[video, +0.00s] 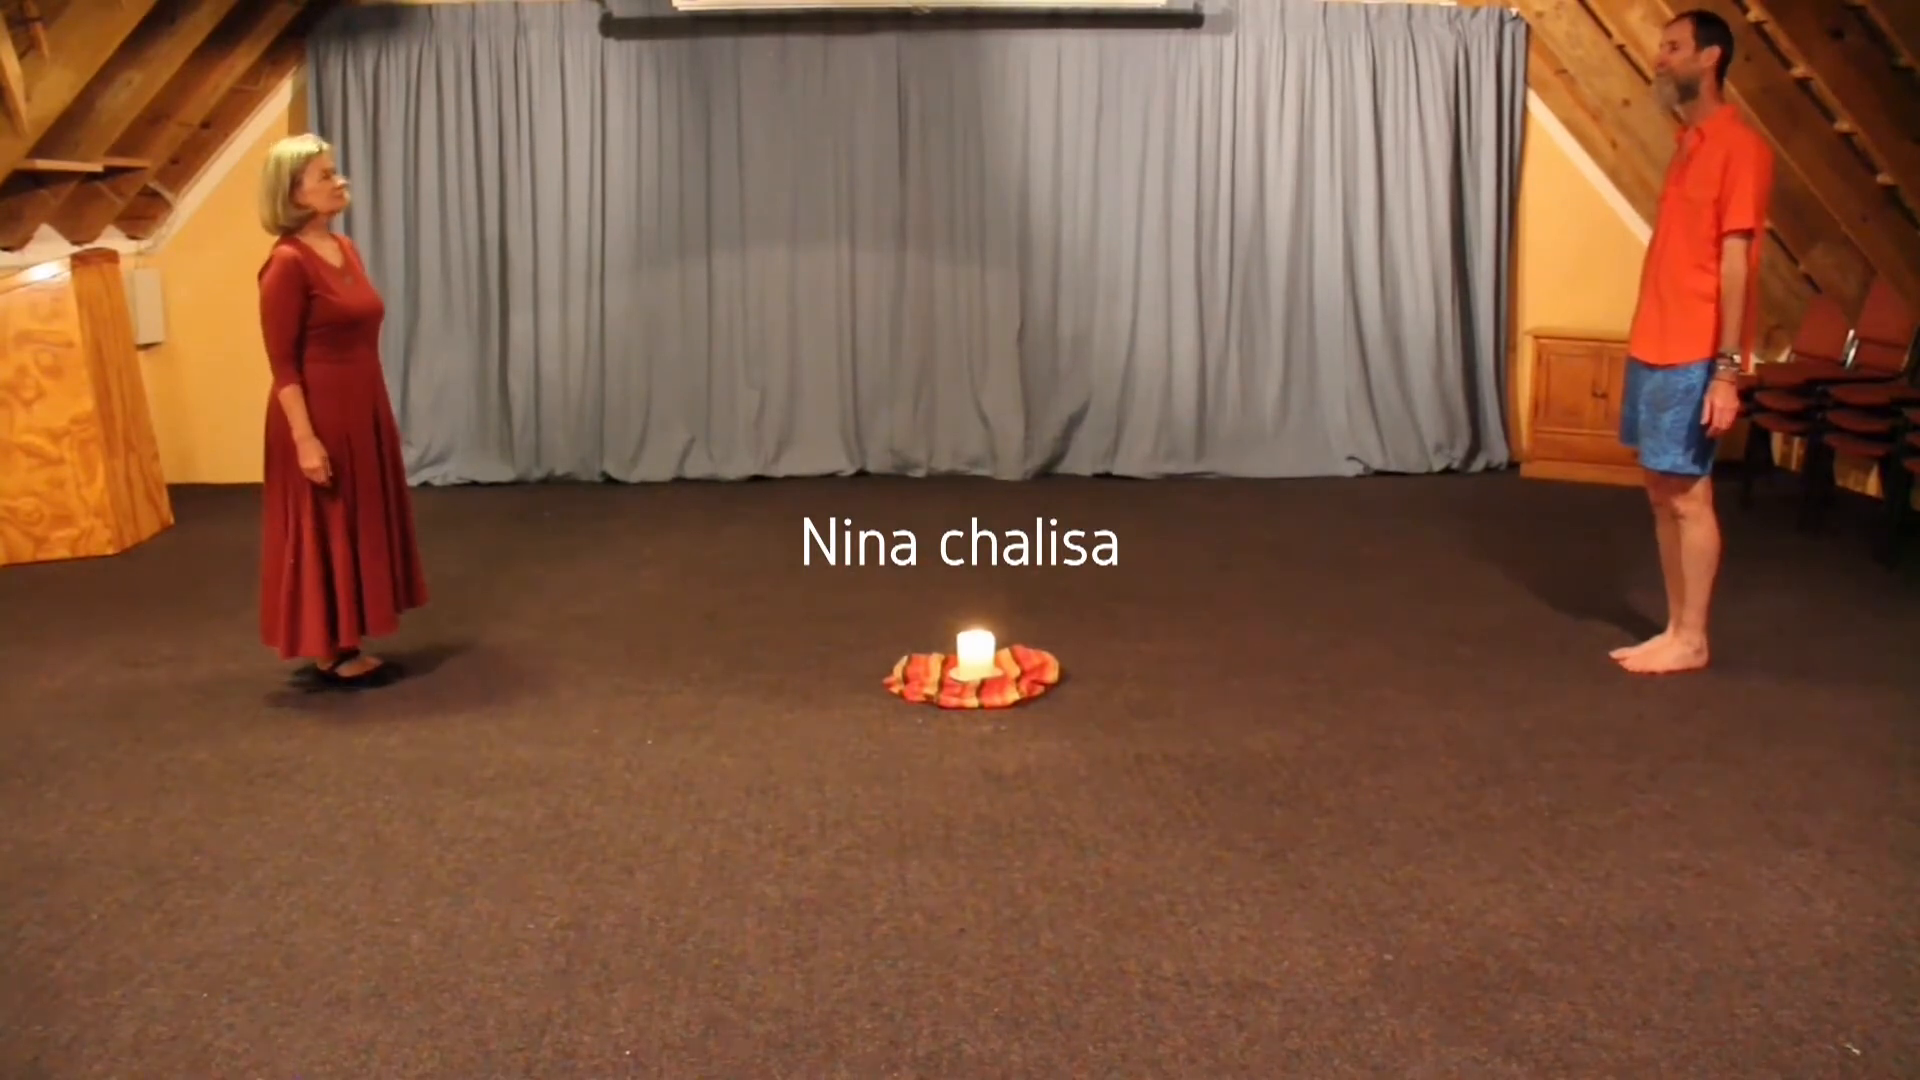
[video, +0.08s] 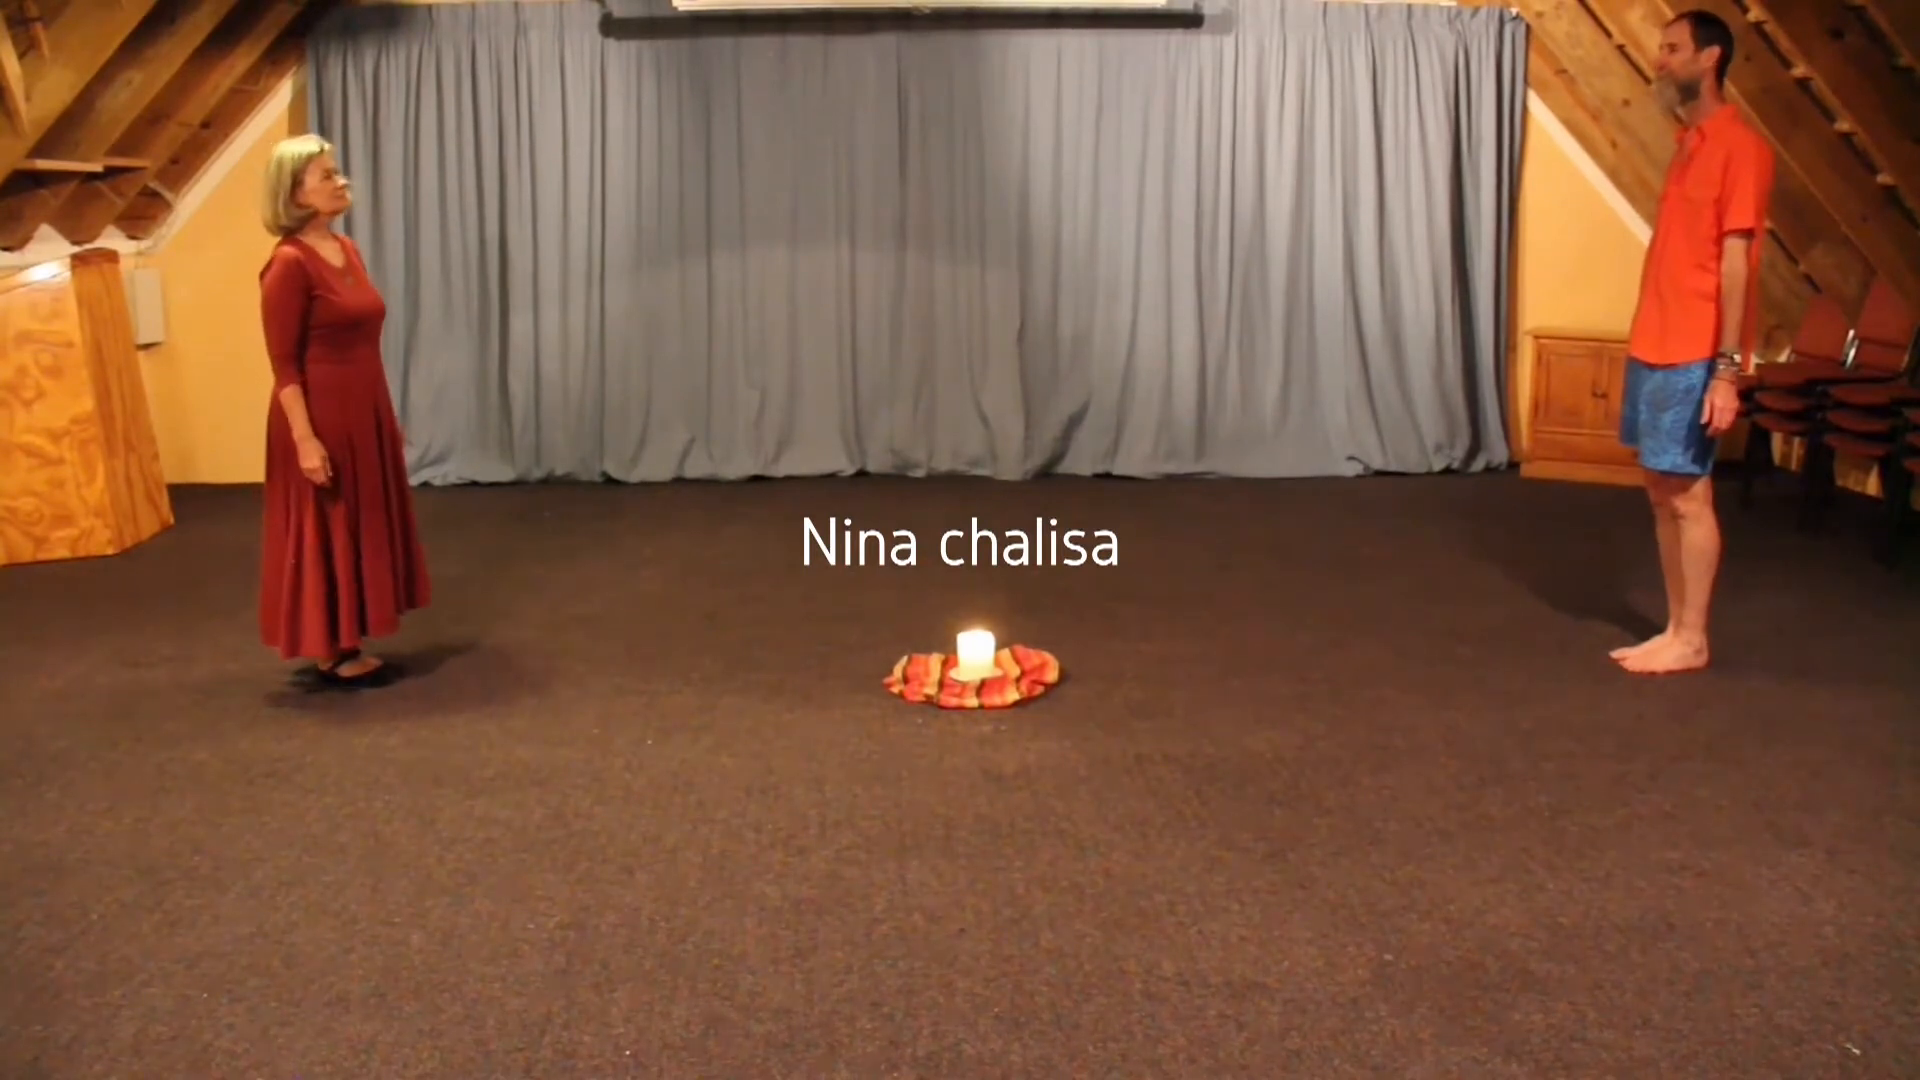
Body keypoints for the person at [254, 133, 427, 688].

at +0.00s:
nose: (340, 182)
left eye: (336, 173)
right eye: (326, 176)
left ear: (325, 186)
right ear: (295, 193)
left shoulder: (344, 248)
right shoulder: (286, 262)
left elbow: (360, 344)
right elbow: (282, 363)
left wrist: (379, 415)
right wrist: (304, 438)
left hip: (361, 406)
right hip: (318, 413)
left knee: (354, 521)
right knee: (323, 525)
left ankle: (343, 643)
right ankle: (327, 648)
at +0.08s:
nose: (341, 182)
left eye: (338, 173)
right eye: (327, 176)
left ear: (332, 185)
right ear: (297, 193)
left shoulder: (345, 249)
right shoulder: (287, 262)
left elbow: (363, 347)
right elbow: (283, 363)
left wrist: (386, 418)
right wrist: (304, 438)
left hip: (362, 406)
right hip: (320, 413)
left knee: (354, 521)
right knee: (324, 525)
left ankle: (343, 644)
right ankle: (329, 648)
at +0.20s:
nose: (345, 182)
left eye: (341, 173)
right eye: (331, 176)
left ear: (331, 187)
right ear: (300, 193)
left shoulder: (348, 249)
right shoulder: (290, 262)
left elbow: (366, 347)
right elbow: (286, 362)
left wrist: (390, 418)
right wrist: (304, 437)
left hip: (365, 406)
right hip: (322, 413)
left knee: (357, 520)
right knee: (326, 524)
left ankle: (346, 644)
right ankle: (328, 648)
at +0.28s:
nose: (346, 181)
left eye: (342, 172)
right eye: (332, 175)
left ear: (331, 186)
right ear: (301, 192)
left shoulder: (349, 248)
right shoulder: (292, 262)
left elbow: (367, 346)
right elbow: (288, 362)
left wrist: (390, 415)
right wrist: (306, 437)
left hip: (367, 406)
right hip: (325, 412)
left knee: (358, 520)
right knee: (327, 524)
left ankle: (347, 642)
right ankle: (329, 647)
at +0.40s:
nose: (349, 180)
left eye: (345, 171)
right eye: (335, 173)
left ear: (335, 185)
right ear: (305, 190)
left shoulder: (353, 249)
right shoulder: (295, 261)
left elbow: (371, 345)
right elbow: (291, 361)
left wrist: (392, 411)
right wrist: (308, 436)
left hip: (370, 405)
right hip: (329, 410)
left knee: (361, 518)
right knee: (331, 522)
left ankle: (350, 641)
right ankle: (333, 647)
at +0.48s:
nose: (351, 180)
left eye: (348, 171)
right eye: (337, 174)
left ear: (341, 184)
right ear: (306, 191)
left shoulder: (353, 248)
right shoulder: (298, 261)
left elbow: (372, 345)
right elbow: (293, 362)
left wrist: (395, 412)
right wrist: (310, 437)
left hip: (371, 406)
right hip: (330, 412)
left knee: (362, 520)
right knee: (332, 524)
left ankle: (349, 642)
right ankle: (334, 648)